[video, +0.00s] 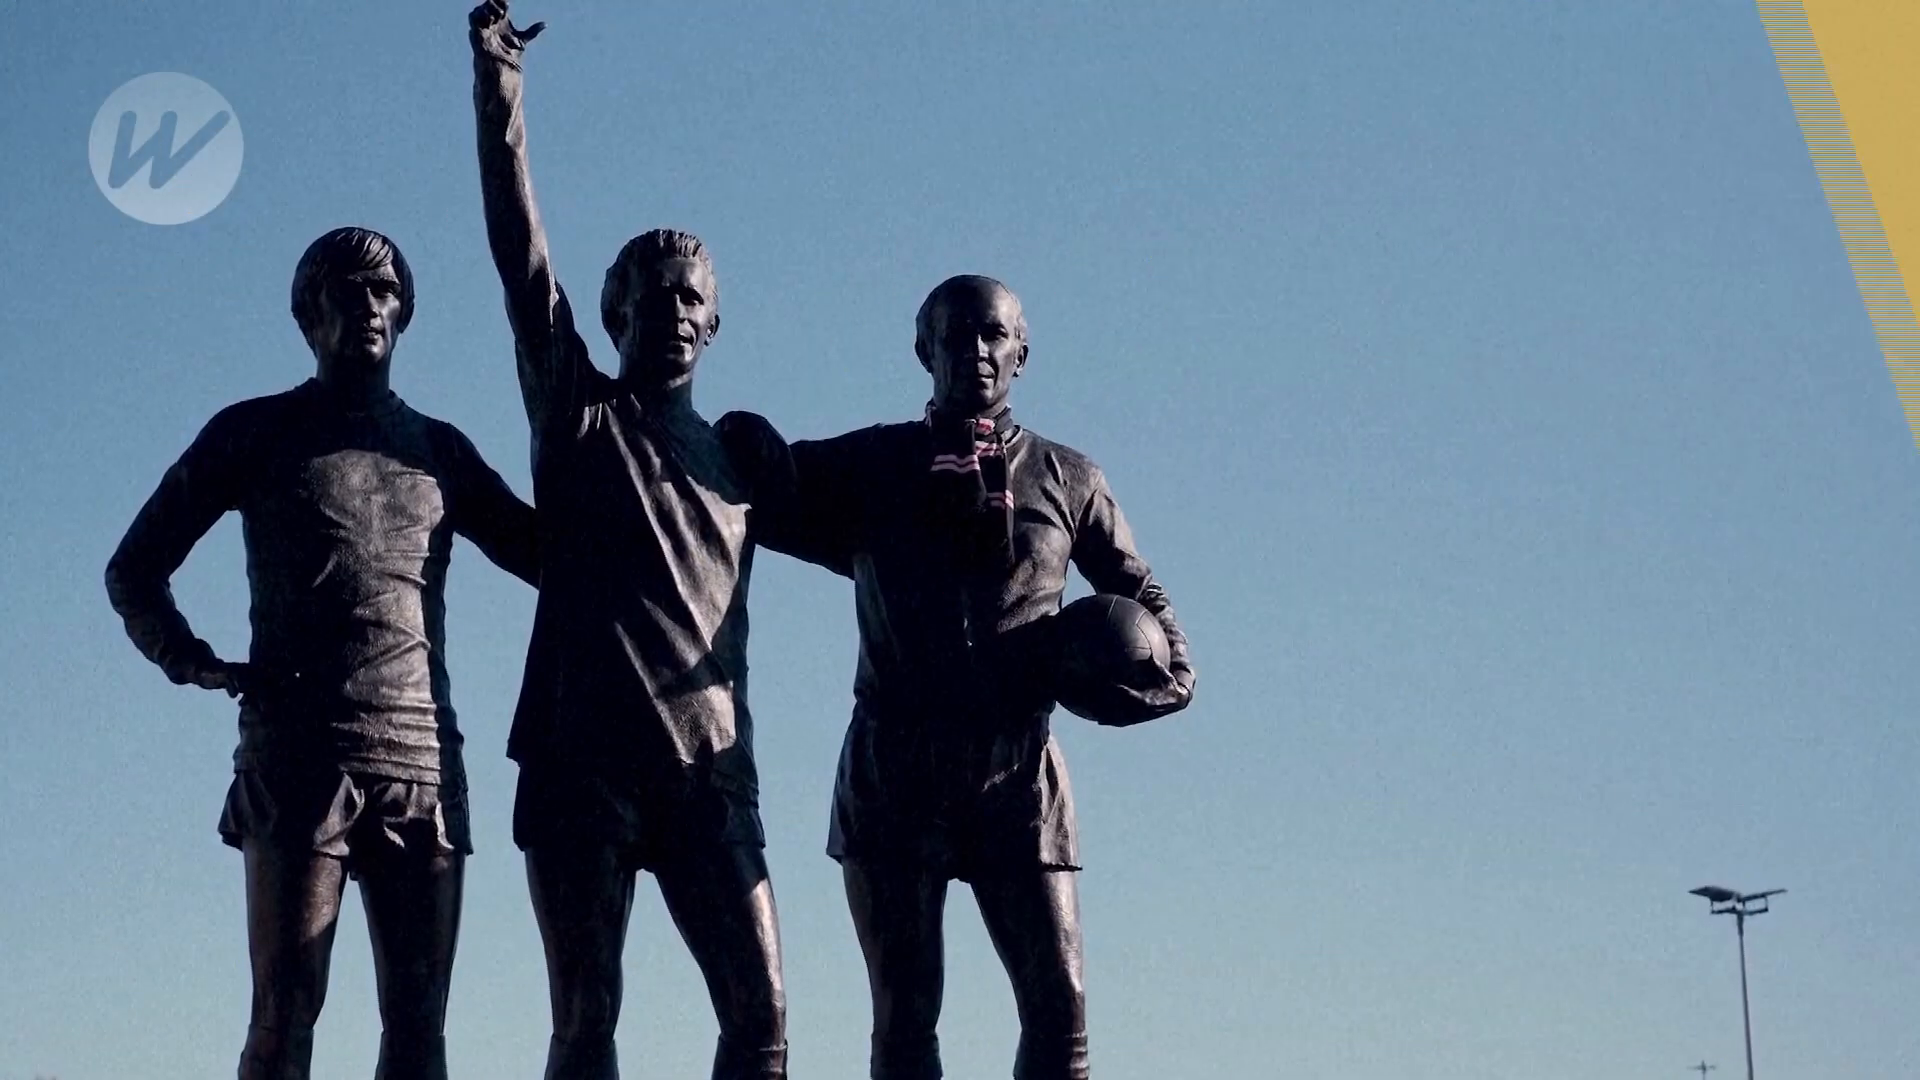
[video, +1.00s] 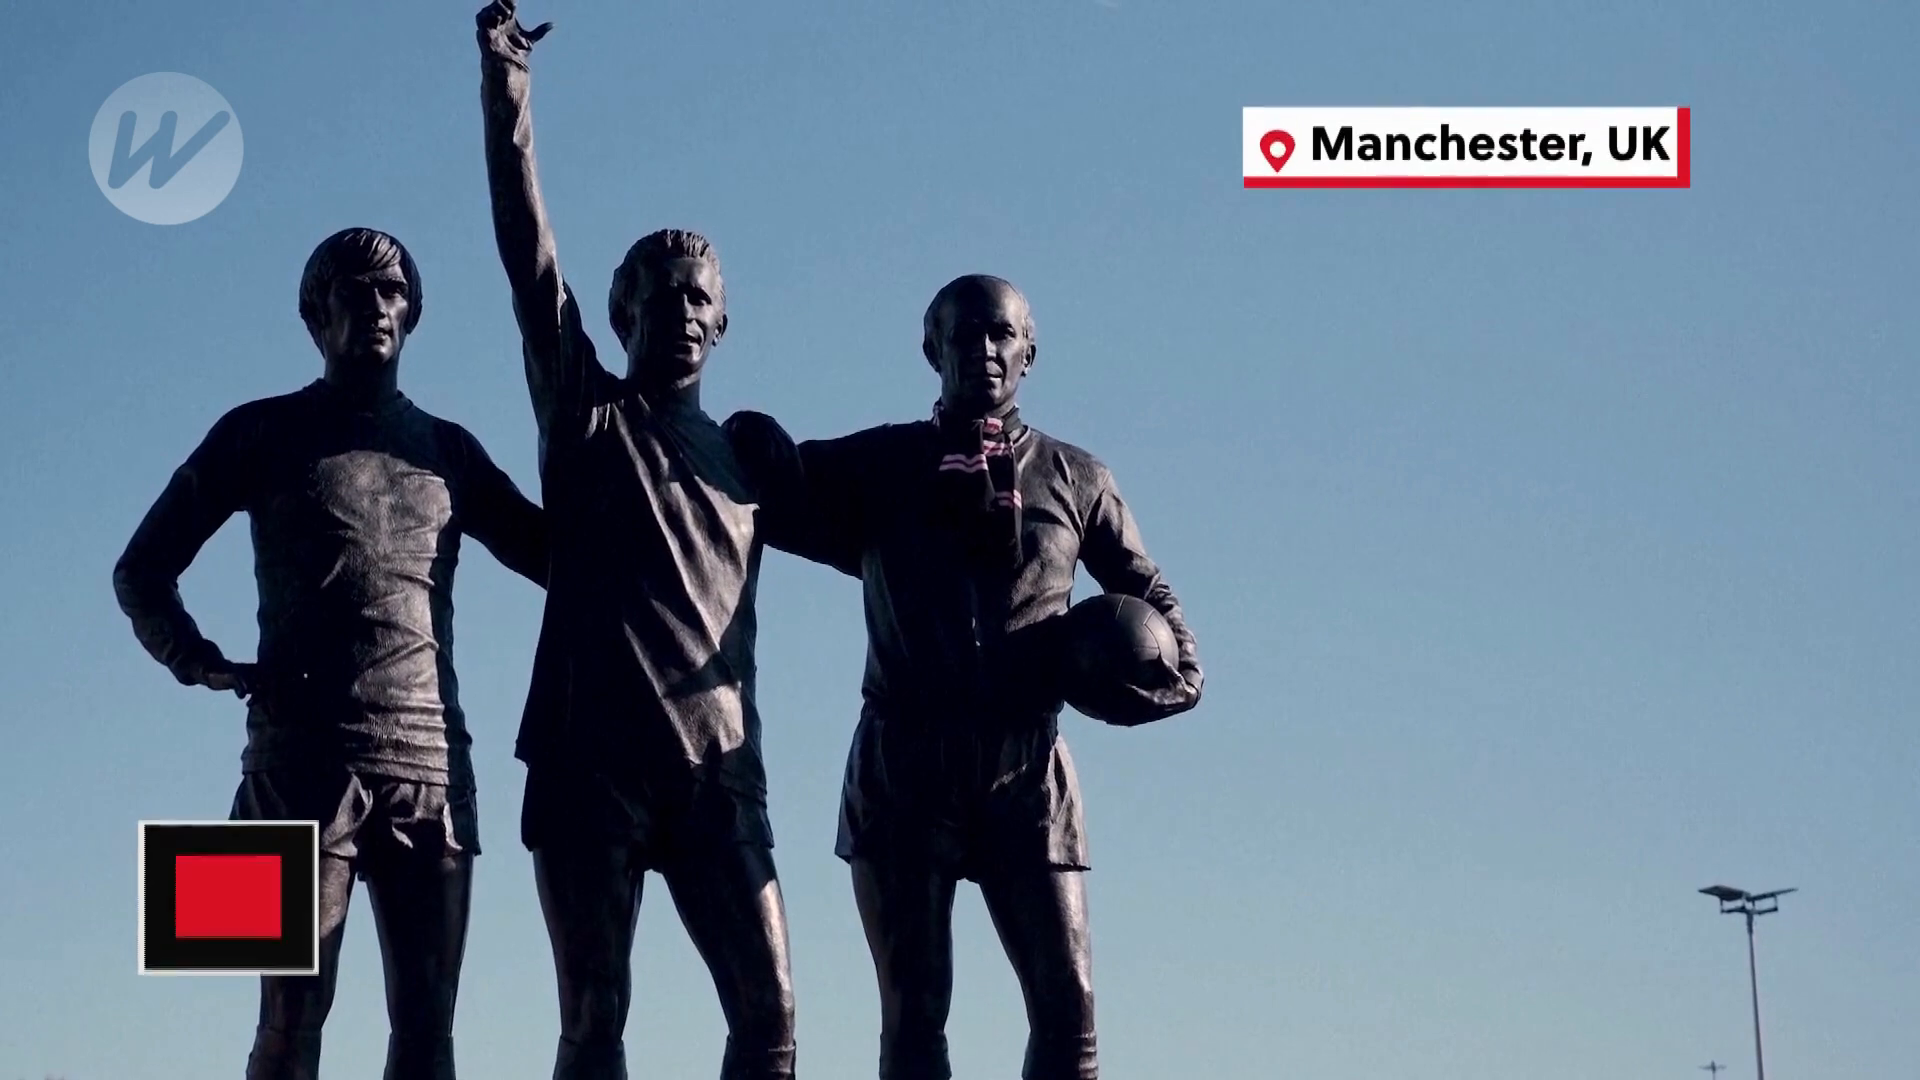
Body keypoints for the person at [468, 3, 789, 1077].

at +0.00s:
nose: (682, 312)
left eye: (697, 299)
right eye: (663, 293)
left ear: (715, 324)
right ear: (614, 310)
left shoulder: (745, 453)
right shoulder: (569, 409)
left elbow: (869, 541)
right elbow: (519, 253)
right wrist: (500, 94)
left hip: (707, 765)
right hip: (577, 758)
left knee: (760, 1014)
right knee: (586, 1020)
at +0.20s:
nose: (685, 309)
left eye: (700, 296)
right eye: (665, 290)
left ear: (718, 320)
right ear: (616, 305)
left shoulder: (746, 450)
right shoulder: (572, 407)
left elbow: (872, 534)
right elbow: (522, 250)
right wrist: (503, 92)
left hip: (710, 762)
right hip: (581, 755)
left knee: (763, 1013)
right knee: (589, 1016)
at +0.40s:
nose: (688, 304)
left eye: (702, 292)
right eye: (668, 287)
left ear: (719, 317)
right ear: (620, 303)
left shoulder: (747, 447)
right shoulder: (573, 403)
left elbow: (874, 535)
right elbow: (525, 247)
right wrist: (506, 82)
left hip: (714, 759)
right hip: (585, 753)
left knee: (767, 1012)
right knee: (592, 1016)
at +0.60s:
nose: (690, 309)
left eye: (705, 296)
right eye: (670, 291)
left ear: (724, 320)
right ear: (622, 307)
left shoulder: (752, 451)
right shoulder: (578, 408)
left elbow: (877, 536)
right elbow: (528, 252)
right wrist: (509, 87)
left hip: (715, 762)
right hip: (587, 754)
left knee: (770, 1012)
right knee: (596, 1014)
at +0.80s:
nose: (691, 310)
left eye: (706, 298)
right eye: (671, 292)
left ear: (724, 322)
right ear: (622, 307)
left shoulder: (753, 452)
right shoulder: (578, 408)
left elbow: (876, 537)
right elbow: (528, 251)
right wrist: (509, 90)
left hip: (716, 763)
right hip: (587, 755)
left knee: (770, 1011)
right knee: (597, 1018)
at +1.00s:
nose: (690, 312)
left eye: (705, 299)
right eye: (670, 294)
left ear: (723, 324)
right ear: (620, 311)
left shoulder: (751, 455)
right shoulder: (577, 410)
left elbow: (874, 540)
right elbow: (526, 251)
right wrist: (508, 97)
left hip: (716, 766)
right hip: (586, 758)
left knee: (769, 1015)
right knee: (595, 1023)